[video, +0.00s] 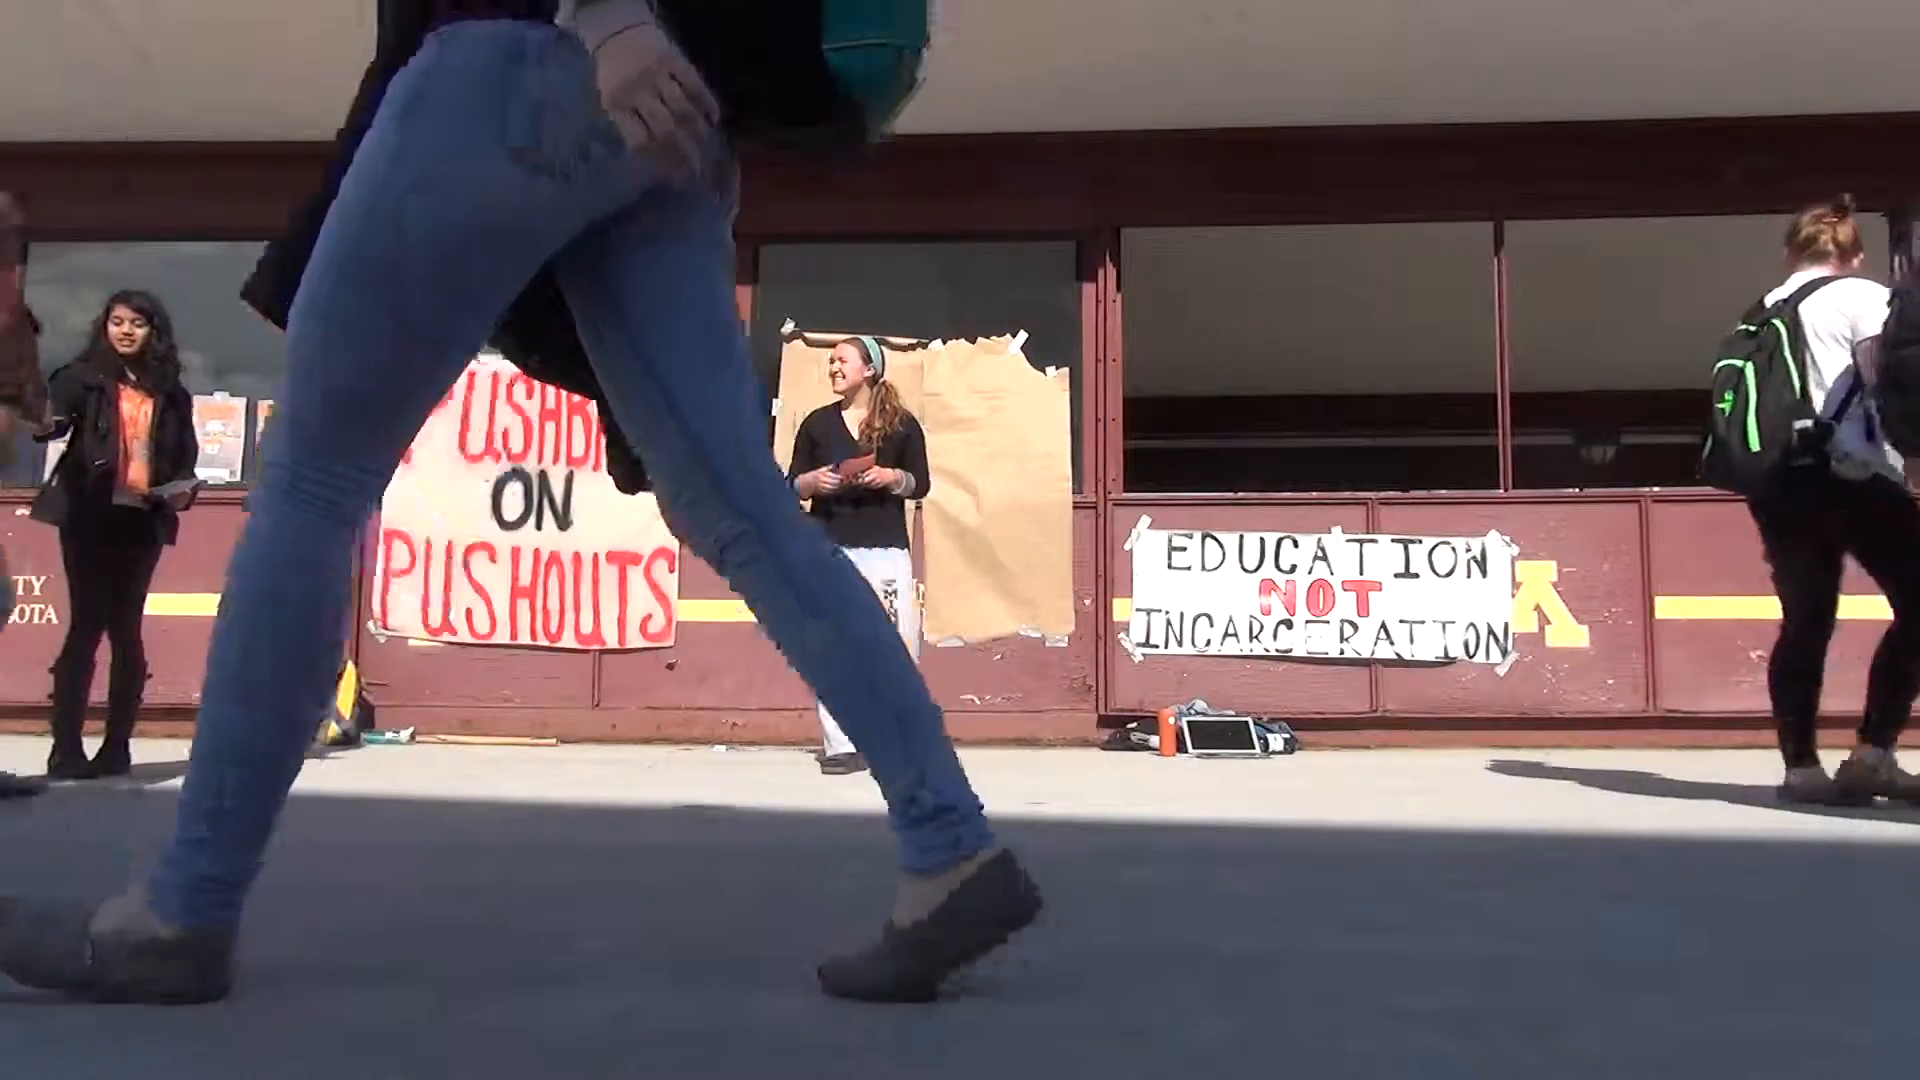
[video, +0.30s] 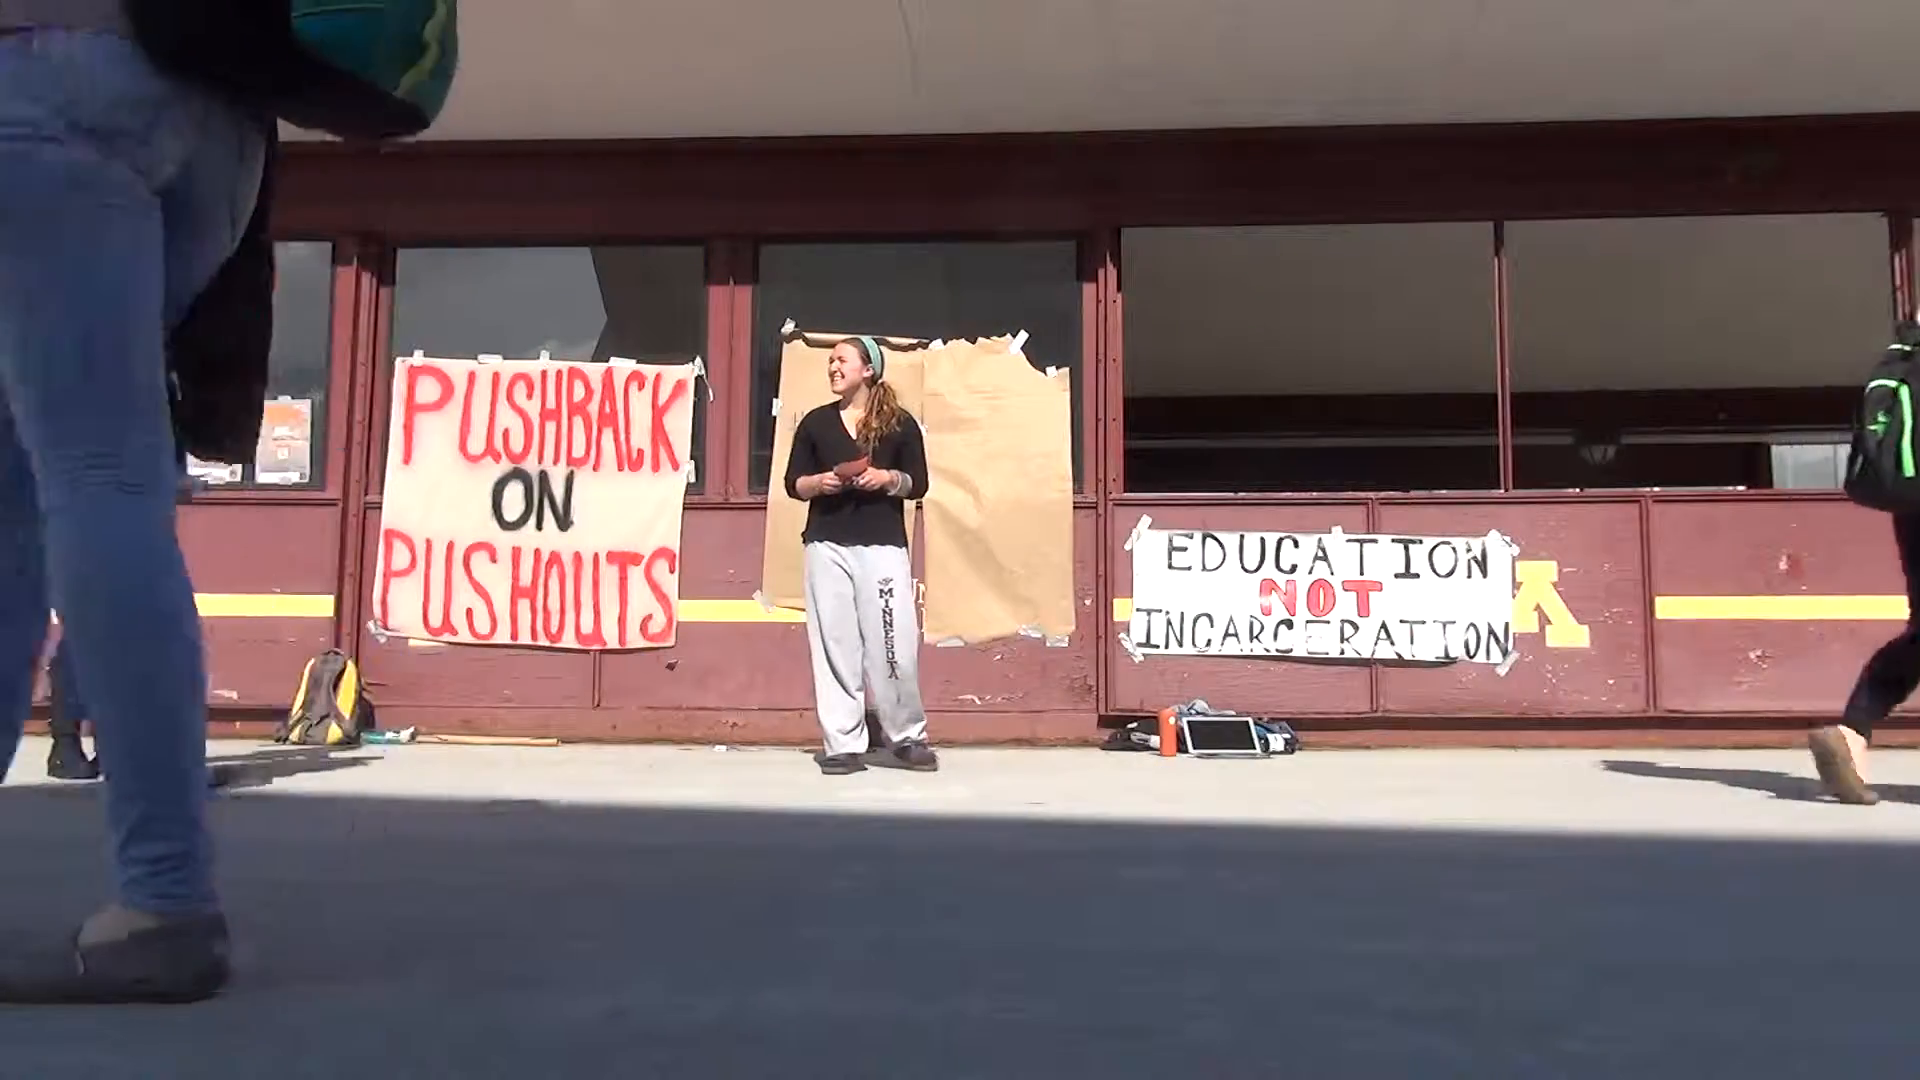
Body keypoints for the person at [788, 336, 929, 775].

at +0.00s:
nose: (833, 369)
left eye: (841, 362)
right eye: (832, 362)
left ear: (869, 368)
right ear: (840, 369)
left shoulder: (902, 423)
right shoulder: (816, 424)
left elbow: (920, 485)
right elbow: (792, 486)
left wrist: (894, 479)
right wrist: (816, 481)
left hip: (888, 552)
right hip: (830, 551)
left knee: (898, 646)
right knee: (835, 644)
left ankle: (898, 742)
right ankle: (841, 745)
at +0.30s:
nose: (832, 368)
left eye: (841, 361)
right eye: (831, 362)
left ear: (869, 368)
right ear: (835, 370)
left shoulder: (901, 423)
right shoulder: (815, 422)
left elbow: (918, 484)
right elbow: (793, 484)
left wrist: (888, 479)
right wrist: (824, 483)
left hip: (883, 546)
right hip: (827, 545)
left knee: (895, 642)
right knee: (836, 645)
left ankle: (906, 738)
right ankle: (844, 745)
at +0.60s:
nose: (841, 368)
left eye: (849, 361)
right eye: (841, 362)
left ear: (877, 368)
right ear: (848, 369)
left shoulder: (910, 423)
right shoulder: (824, 423)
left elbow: (928, 483)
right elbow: (803, 484)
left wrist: (898, 480)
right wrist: (831, 485)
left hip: (892, 547)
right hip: (837, 545)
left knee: (898, 643)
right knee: (842, 645)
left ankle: (905, 741)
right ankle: (845, 746)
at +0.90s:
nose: (857, 369)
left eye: (865, 362)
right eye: (855, 363)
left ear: (891, 368)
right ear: (860, 371)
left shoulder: (925, 424)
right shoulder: (840, 424)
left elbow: (942, 484)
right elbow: (819, 486)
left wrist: (913, 483)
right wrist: (853, 487)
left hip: (907, 548)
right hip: (852, 546)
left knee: (904, 645)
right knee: (851, 645)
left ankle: (905, 742)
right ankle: (847, 745)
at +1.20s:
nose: (874, 371)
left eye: (883, 364)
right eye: (871, 365)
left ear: (909, 371)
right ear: (870, 373)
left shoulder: (940, 428)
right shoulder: (855, 428)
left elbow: (957, 487)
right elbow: (837, 489)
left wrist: (925, 482)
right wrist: (867, 487)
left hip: (921, 550)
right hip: (867, 547)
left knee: (913, 646)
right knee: (861, 644)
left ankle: (907, 742)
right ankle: (849, 744)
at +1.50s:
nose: (886, 375)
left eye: (895, 369)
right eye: (883, 368)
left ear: (920, 376)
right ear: (881, 376)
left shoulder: (950, 431)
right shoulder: (866, 431)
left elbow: (968, 490)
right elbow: (848, 493)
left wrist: (934, 483)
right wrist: (877, 490)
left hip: (930, 551)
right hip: (876, 548)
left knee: (919, 646)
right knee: (866, 643)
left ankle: (908, 741)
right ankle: (849, 743)